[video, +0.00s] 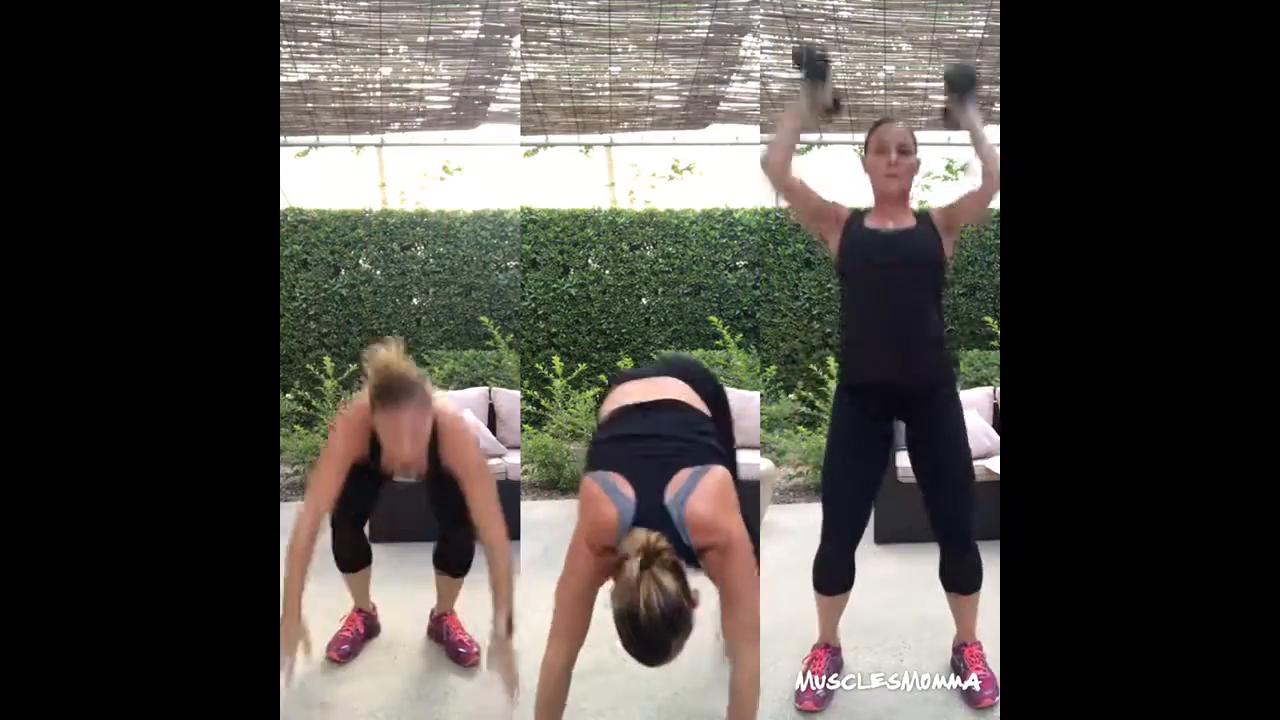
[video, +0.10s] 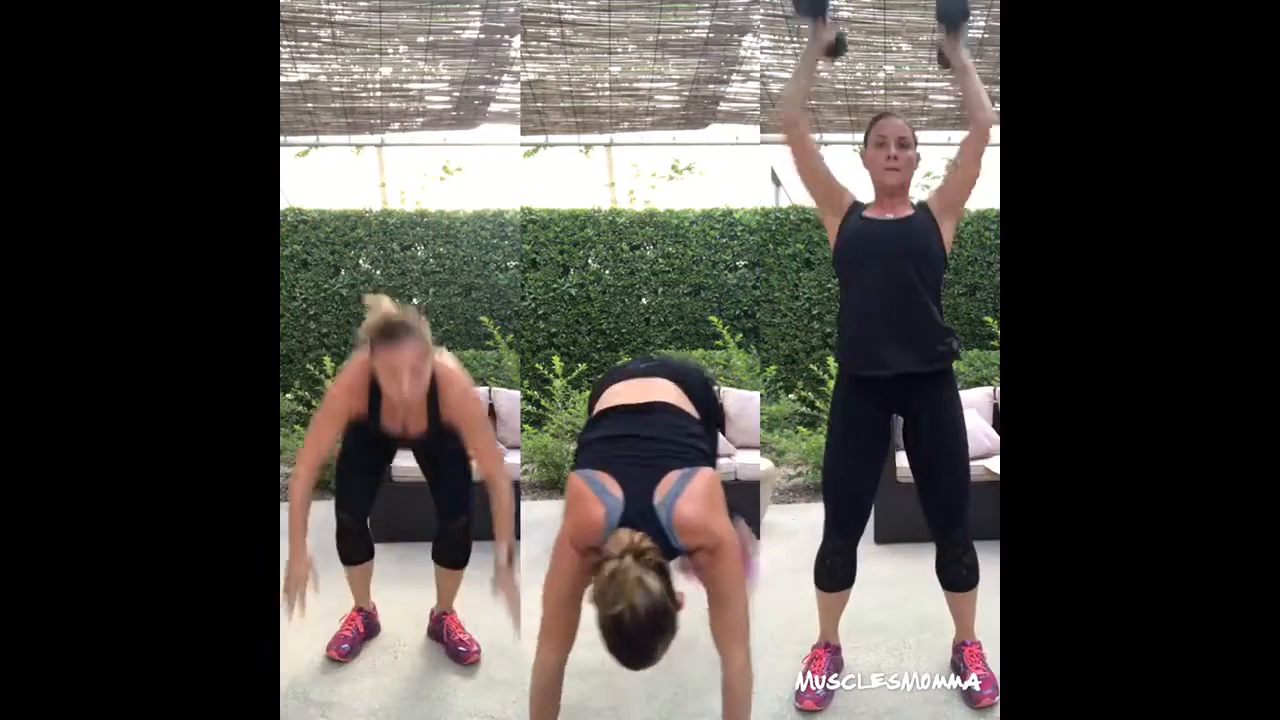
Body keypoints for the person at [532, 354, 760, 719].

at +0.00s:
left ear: (692, 600)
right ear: (614, 586)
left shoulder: (720, 529)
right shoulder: (595, 532)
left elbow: (745, 659)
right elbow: (560, 653)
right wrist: (544, 715)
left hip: (694, 384)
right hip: (617, 394)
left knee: (735, 547)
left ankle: (734, 631)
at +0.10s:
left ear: (678, 598)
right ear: (596, 594)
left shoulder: (705, 526)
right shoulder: (582, 525)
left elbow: (735, 655)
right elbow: (551, 650)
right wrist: (541, 714)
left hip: (689, 386)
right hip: (610, 387)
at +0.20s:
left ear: (664, 603)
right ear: (584, 584)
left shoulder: (700, 533)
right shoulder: (566, 531)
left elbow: (729, 658)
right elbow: (544, 653)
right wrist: (540, 714)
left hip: (681, 412)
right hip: (607, 409)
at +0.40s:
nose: (627, 630)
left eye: (641, 616)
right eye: (614, 622)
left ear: (663, 560)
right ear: (581, 558)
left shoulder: (695, 526)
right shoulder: (561, 525)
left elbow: (723, 648)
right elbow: (541, 651)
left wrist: (732, 715)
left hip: (668, 481)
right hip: (592, 477)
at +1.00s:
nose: (637, 636)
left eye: (651, 626)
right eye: (625, 631)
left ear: (671, 565)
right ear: (589, 566)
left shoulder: (700, 530)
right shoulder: (558, 534)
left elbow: (728, 651)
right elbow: (538, 656)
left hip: (665, 483)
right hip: (588, 482)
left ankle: (673, 562)